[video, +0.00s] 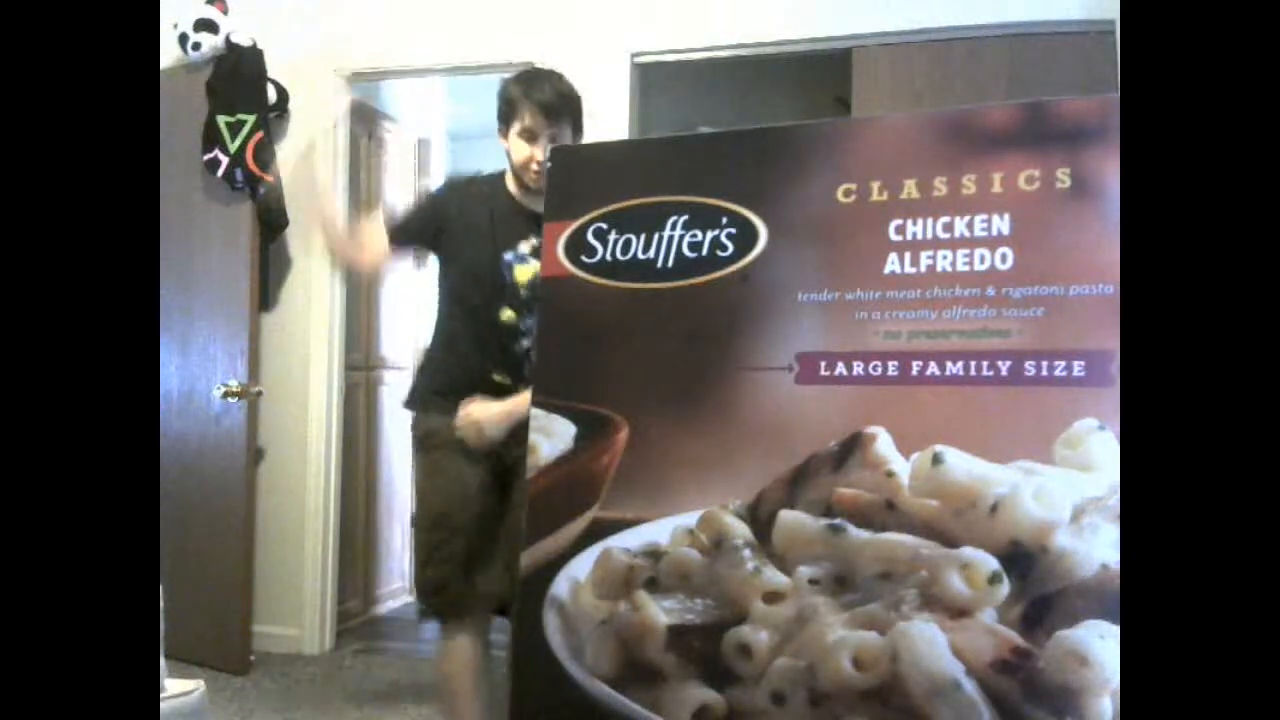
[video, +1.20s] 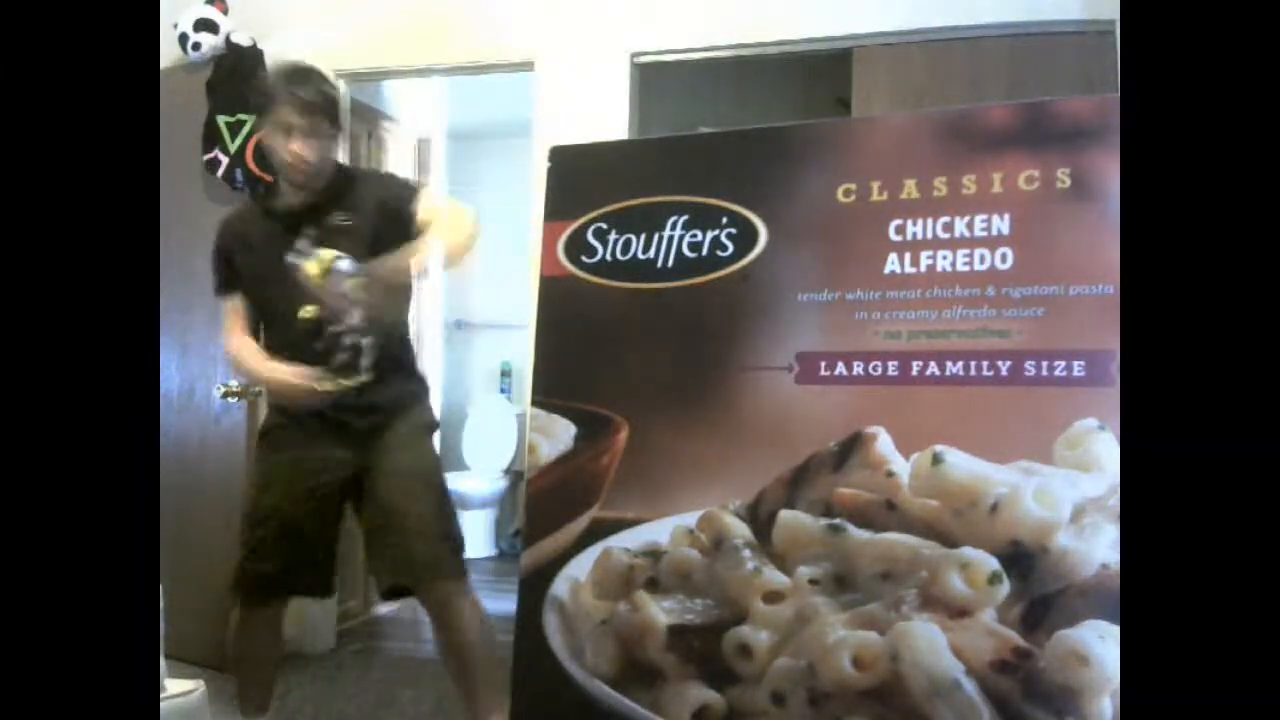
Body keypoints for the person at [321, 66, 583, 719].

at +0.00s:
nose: (541, 155)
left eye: (555, 141)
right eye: (527, 137)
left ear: (576, 141)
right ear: (504, 134)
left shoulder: (588, 217)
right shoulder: (462, 202)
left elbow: (603, 350)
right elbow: (364, 250)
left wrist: (515, 407)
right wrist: (310, 186)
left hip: (550, 421)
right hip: (457, 414)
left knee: (545, 599)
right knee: (464, 605)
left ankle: (545, 715)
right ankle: (465, 715)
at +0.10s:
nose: (541, 155)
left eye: (556, 141)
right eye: (528, 137)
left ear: (576, 141)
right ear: (504, 133)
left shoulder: (588, 218)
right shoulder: (462, 203)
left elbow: (604, 350)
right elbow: (364, 250)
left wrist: (515, 407)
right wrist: (311, 183)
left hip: (551, 421)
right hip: (457, 413)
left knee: (545, 600)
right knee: (464, 604)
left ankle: (544, 715)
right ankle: (465, 714)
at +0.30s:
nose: (507, 134)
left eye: (522, 119)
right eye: (494, 118)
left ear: (544, 122)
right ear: (472, 118)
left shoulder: (555, 200)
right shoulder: (445, 186)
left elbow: (590, 291)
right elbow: (416, 273)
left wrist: (546, 342)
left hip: (513, 418)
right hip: (430, 413)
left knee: (525, 583)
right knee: (370, 585)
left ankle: (532, 710)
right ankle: (332, 710)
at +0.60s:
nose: (425, 145)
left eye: (438, 131)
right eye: (410, 130)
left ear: (460, 136)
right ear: (387, 134)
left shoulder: (479, 215)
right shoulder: (365, 199)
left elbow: (517, 297)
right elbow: (346, 278)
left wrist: (522, 232)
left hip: (448, 425)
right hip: (362, 423)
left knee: (491, 588)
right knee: (302, 590)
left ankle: (506, 714)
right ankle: (257, 713)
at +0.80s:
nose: (326, 138)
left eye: (338, 122)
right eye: (310, 126)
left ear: (368, 122)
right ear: (293, 129)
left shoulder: (399, 171)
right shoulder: (280, 197)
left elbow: (358, 173)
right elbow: (247, 298)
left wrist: (256, 169)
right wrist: (190, 332)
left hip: (391, 419)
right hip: (301, 419)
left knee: (411, 583)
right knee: (262, 577)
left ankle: (453, 714)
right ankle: (251, 714)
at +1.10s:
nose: (291, 143)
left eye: (307, 127)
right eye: (278, 128)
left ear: (332, 127)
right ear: (261, 131)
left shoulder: (369, 191)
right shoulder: (256, 208)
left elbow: (349, 276)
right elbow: (241, 317)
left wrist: (220, 208)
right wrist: (199, 325)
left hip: (384, 409)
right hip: (298, 412)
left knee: (415, 564)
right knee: (266, 576)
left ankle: (462, 712)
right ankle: (253, 714)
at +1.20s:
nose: (304, 150)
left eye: (319, 135)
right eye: (290, 134)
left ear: (337, 137)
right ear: (264, 137)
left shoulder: (375, 195)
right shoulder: (243, 231)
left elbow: (460, 222)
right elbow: (236, 336)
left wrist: (398, 267)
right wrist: (272, 375)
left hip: (391, 415)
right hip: (298, 424)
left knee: (440, 575)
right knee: (261, 589)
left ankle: (489, 712)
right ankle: (253, 714)